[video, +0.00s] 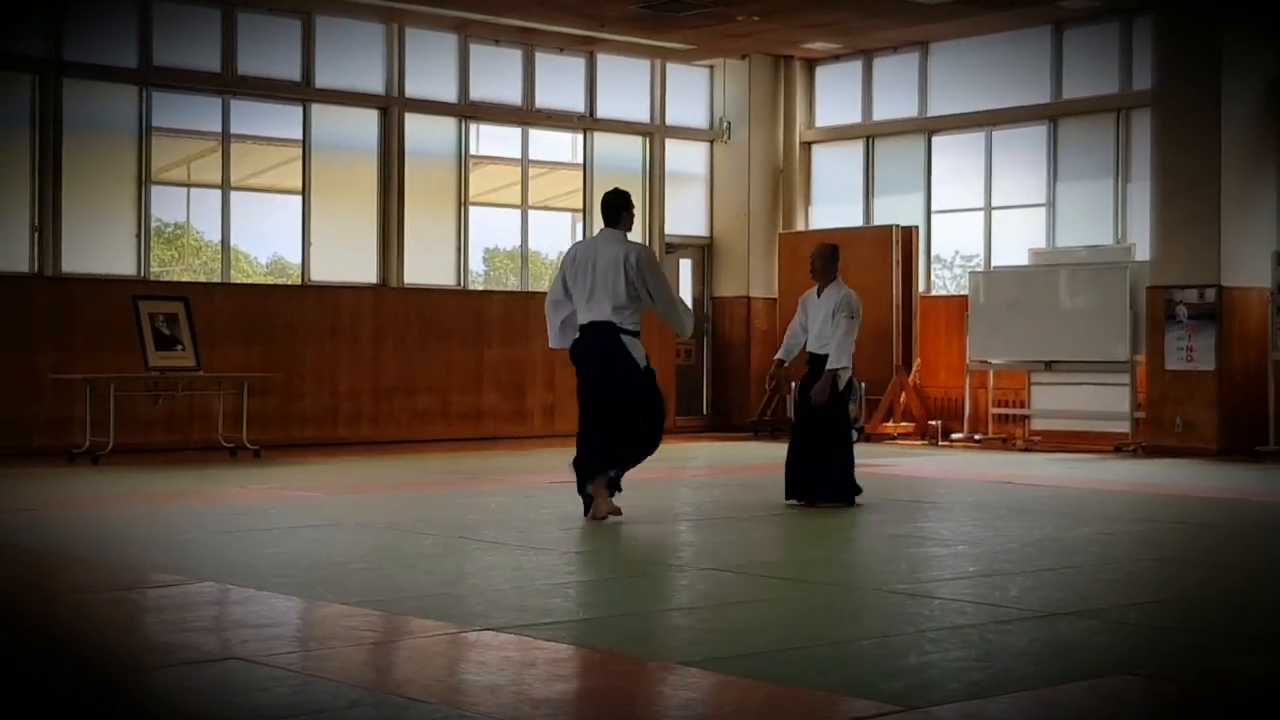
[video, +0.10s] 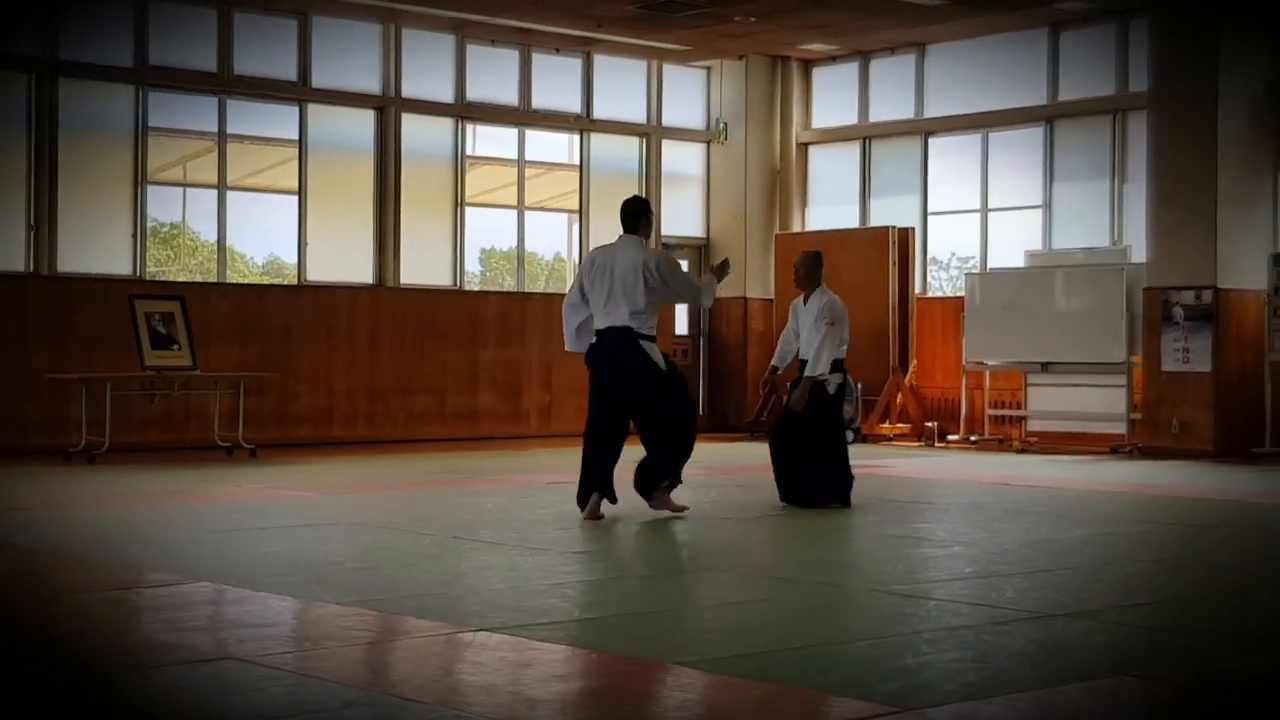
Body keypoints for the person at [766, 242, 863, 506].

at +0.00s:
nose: (810, 265)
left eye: (815, 261)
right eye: (810, 261)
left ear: (831, 264)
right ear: (817, 264)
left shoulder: (846, 298)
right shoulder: (807, 298)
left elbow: (844, 342)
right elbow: (796, 333)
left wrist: (828, 378)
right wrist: (778, 363)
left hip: (836, 369)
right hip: (813, 368)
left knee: (832, 433)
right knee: (807, 430)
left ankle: (838, 492)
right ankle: (811, 491)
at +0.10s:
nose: (794, 274)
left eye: (799, 270)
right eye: (794, 269)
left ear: (815, 272)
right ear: (803, 273)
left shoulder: (830, 304)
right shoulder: (797, 305)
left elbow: (825, 348)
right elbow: (789, 339)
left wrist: (805, 385)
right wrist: (772, 371)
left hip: (828, 379)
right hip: (806, 376)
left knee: (826, 437)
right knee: (787, 434)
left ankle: (835, 494)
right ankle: (800, 493)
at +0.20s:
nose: (770, 282)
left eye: (774, 277)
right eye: (770, 277)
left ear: (790, 278)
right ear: (785, 278)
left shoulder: (805, 305)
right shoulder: (783, 309)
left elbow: (799, 349)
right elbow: (776, 344)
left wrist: (777, 385)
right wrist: (765, 375)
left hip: (813, 376)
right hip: (793, 375)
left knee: (811, 433)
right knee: (785, 430)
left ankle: (827, 493)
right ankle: (795, 489)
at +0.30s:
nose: (744, 297)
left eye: (747, 290)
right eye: (743, 291)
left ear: (760, 289)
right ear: (766, 288)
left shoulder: (776, 314)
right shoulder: (776, 312)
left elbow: (768, 357)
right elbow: (767, 357)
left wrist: (750, 389)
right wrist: (751, 388)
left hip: (791, 384)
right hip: (794, 382)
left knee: (767, 436)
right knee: (787, 439)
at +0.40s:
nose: (719, 315)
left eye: (719, 308)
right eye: (717, 309)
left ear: (726, 305)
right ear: (738, 300)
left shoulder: (744, 322)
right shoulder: (752, 318)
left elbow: (740, 368)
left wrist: (728, 397)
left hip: (771, 385)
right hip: (781, 382)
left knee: (763, 442)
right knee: (772, 441)